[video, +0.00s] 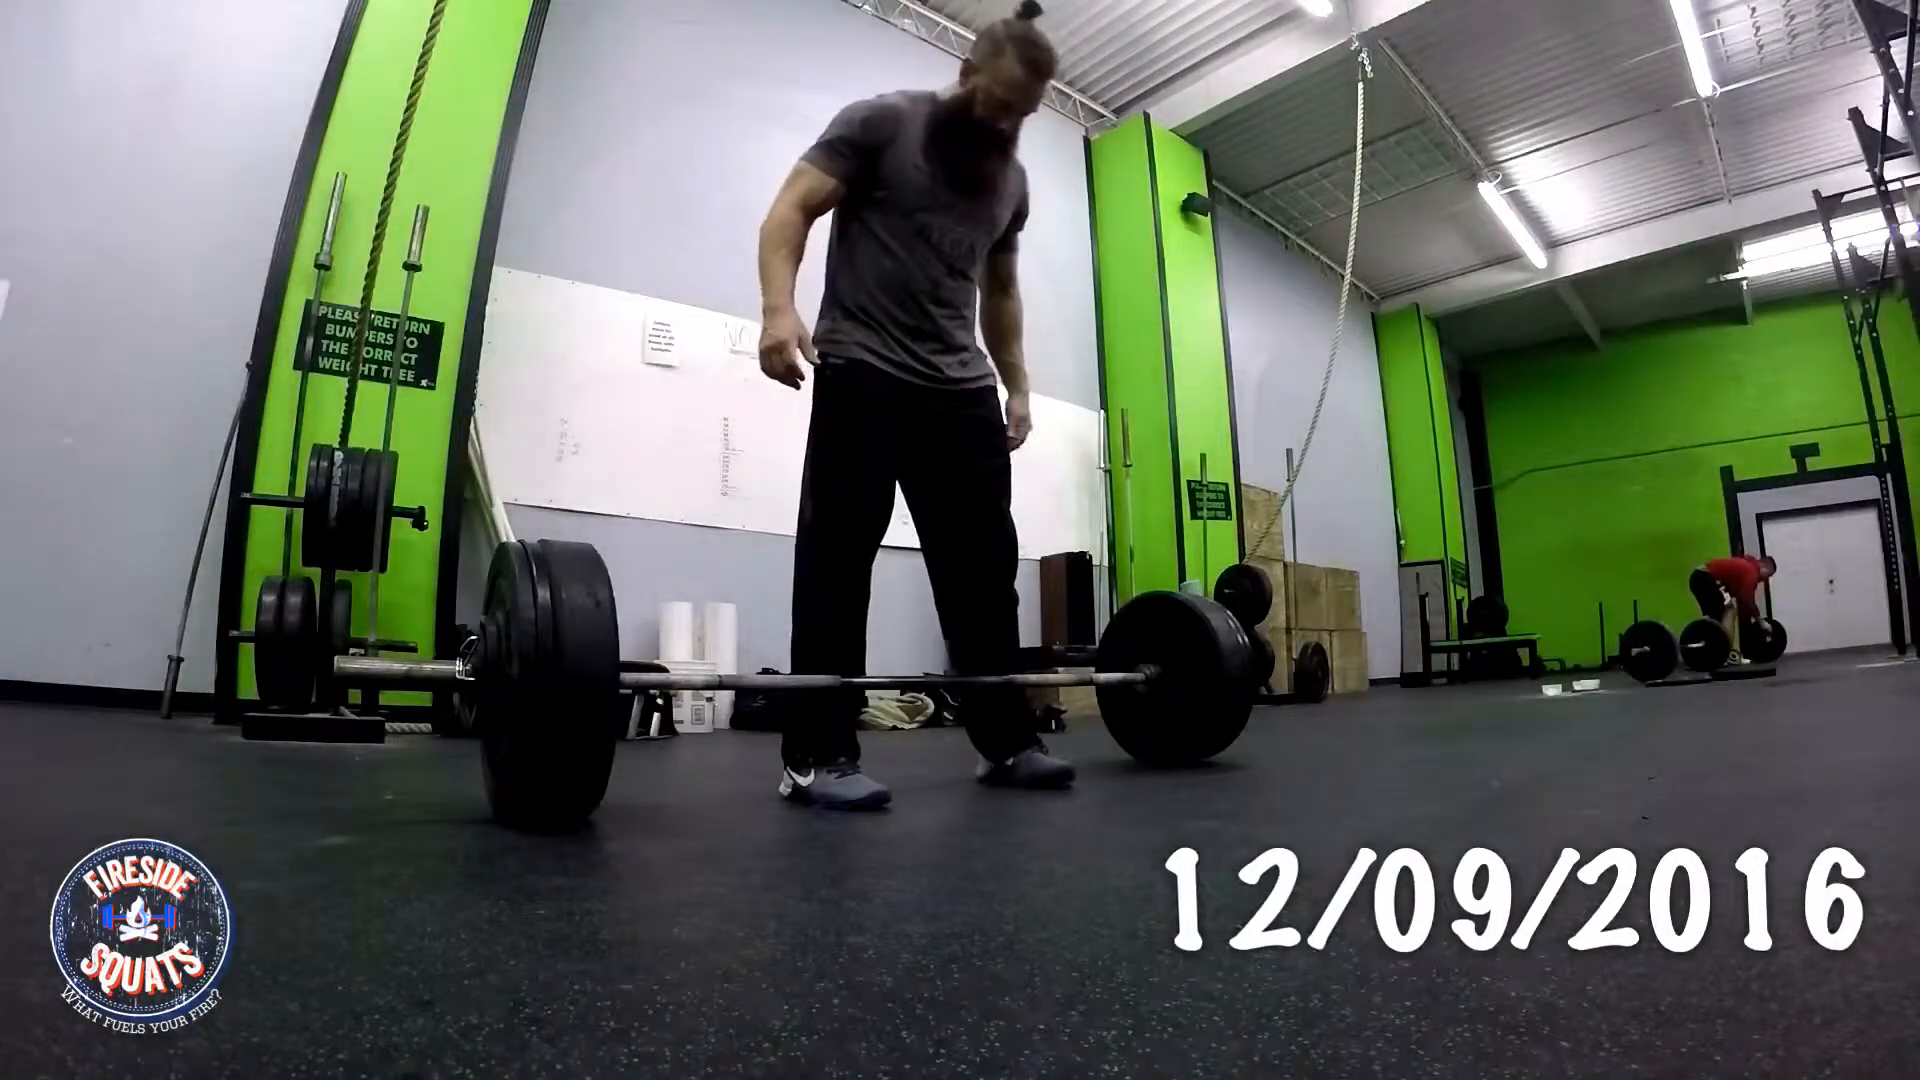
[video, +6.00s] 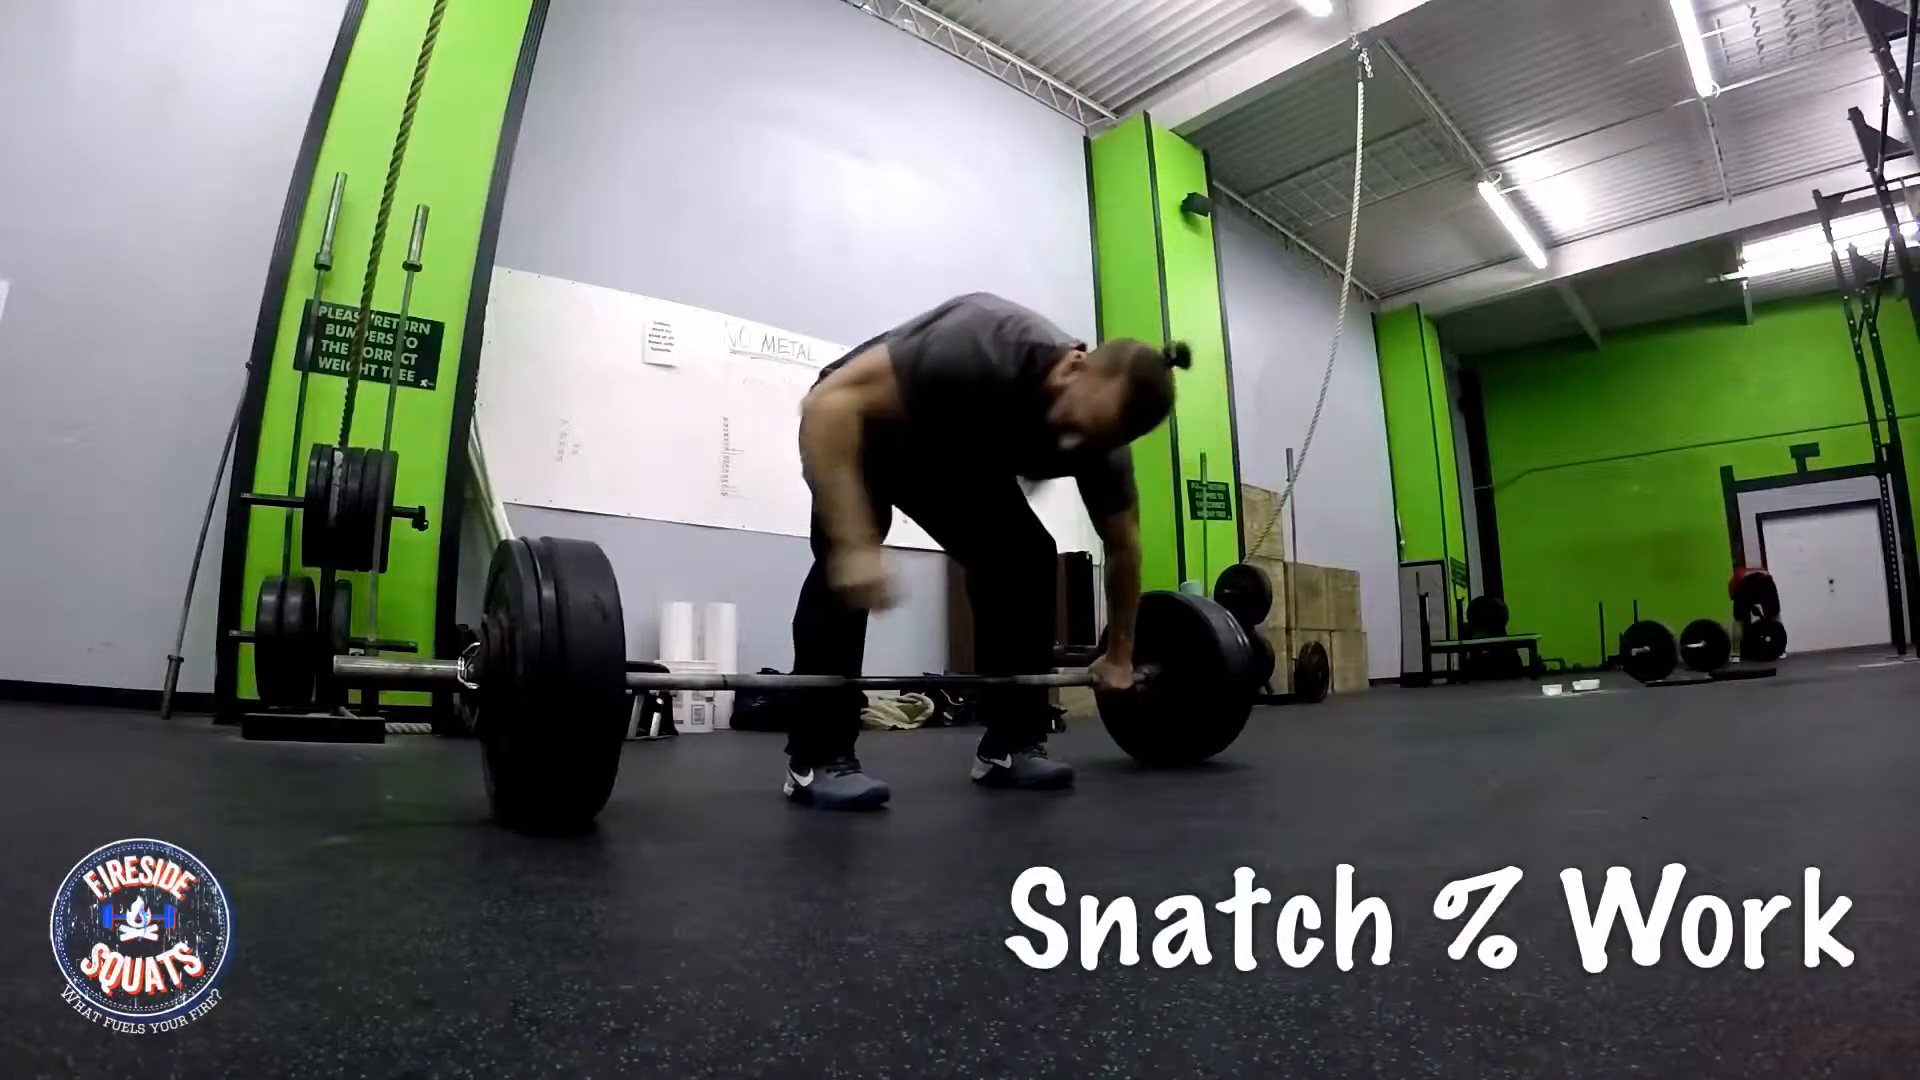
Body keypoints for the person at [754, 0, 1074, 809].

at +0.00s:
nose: (1002, 121)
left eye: (1017, 111)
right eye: (994, 103)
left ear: (1036, 101)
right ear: (967, 72)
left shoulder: (1011, 182)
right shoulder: (882, 123)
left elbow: (1000, 290)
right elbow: (789, 214)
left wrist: (1018, 387)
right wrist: (778, 314)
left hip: (959, 388)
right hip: (860, 373)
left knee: (982, 563)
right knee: (836, 563)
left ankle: (1006, 745)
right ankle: (818, 758)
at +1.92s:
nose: (980, 49)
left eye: (984, 43)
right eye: (960, 39)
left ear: (989, 70)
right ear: (919, 63)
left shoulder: (1010, 176)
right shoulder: (883, 128)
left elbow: (1040, 277)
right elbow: (832, 213)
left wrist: (1099, 353)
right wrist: (827, 295)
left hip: (989, 390)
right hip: (891, 373)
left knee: (990, 572)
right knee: (855, 565)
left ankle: (1003, 747)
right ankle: (824, 758)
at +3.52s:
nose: (1038, 137)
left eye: (1052, 126)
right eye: (1032, 116)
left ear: (1059, 130)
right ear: (997, 95)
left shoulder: (1032, 224)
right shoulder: (909, 154)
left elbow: (1031, 322)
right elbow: (806, 243)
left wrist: (1027, 394)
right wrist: (862, 332)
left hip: (937, 403)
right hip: (846, 388)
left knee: (994, 550)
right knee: (833, 562)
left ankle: (1008, 743)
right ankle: (818, 758)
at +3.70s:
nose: (1078, 225)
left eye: (1089, 213)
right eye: (1075, 206)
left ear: (1092, 203)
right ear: (1040, 172)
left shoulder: (1050, 278)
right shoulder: (933, 202)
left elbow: (1054, 385)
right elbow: (835, 309)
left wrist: (1057, 482)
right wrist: (898, 409)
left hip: (928, 410)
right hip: (843, 388)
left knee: (993, 553)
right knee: (832, 558)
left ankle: (1006, 745)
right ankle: (818, 759)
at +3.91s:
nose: (1111, 346)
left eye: (1122, 336)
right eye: (1110, 329)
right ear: (1079, 289)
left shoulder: (1076, 355)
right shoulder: (961, 275)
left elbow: (1084, 465)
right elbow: (856, 383)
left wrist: (1097, 583)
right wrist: (908, 502)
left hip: (934, 425)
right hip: (845, 399)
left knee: (1001, 552)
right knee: (838, 558)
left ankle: (1008, 745)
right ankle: (819, 760)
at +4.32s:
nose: (1127, 455)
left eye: (1137, 451)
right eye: (1129, 444)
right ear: (1104, 402)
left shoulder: (1104, 426)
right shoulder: (1001, 342)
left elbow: (1120, 531)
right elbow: (869, 411)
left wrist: (1117, 648)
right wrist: (925, 525)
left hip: (959, 442)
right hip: (862, 407)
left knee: (1018, 559)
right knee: (847, 554)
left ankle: (1009, 743)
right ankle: (818, 758)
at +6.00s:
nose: (1071, 442)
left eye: (1091, 441)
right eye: (1077, 422)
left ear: (1117, 434)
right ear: (1072, 368)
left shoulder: (1100, 435)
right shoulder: (979, 345)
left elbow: (1124, 542)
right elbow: (829, 402)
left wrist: (1119, 652)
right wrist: (855, 544)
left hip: (952, 458)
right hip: (862, 428)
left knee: (1024, 559)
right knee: (847, 561)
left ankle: (1011, 744)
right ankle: (819, 760)